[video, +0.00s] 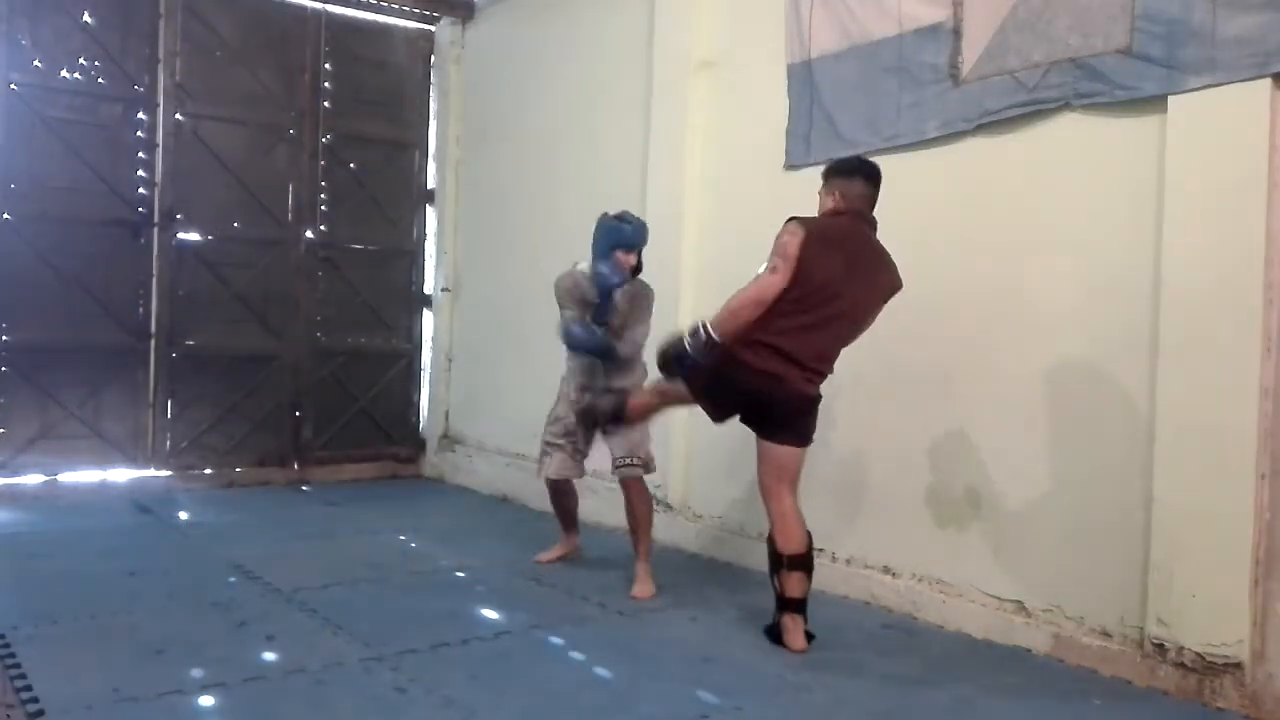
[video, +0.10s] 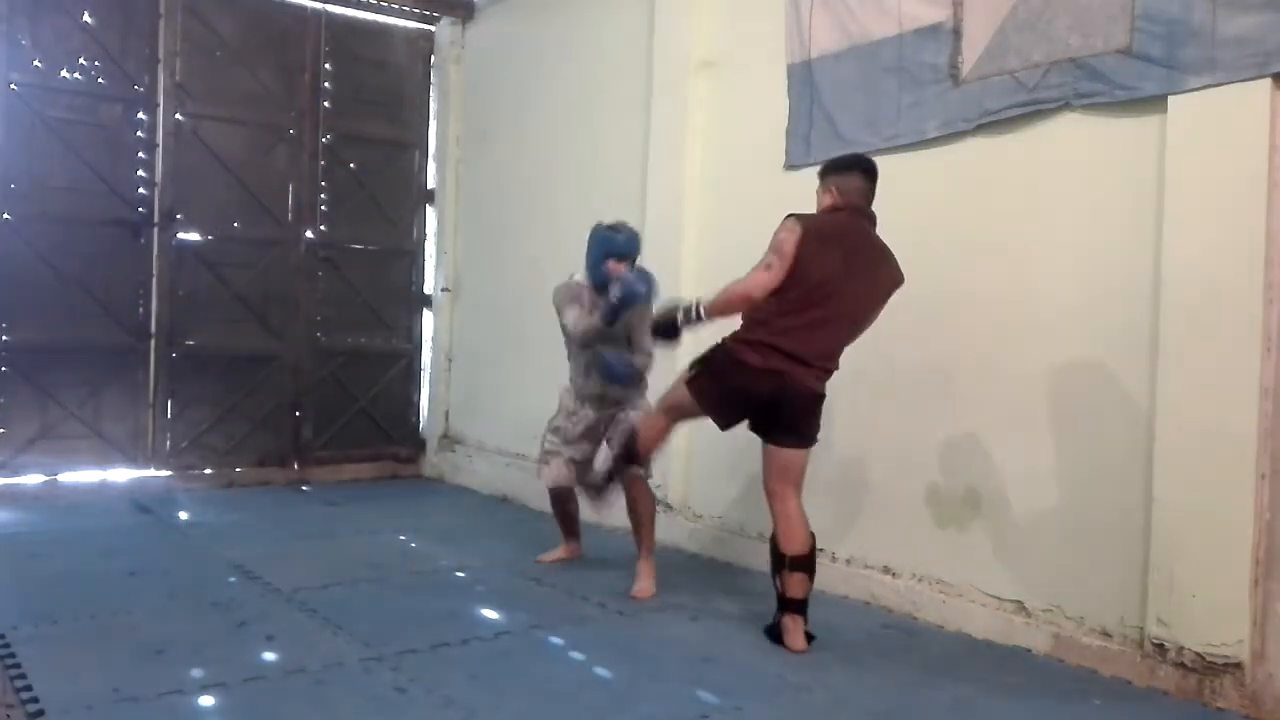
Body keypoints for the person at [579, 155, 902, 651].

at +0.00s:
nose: (820, 202)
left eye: (823, 194)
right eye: (824, 194)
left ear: (834, 198)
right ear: (872, 204)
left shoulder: (802, 232)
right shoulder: (887, 275)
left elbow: (767, 289)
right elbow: (843, 334)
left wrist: (704, 338)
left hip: (738, 366)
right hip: (795, 396)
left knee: (665, 392)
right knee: (782, 497)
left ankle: (610, 413)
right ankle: (794, 625)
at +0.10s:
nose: (818, 200)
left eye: (820, 192)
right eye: (820, 193)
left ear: (831, 194)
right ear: (870, 200)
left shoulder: (801, 228)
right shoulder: (889, 270)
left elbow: (756, 288)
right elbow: (846, 330)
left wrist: (687, 315)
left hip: (743, 367)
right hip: (802, 393)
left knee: (668, 412)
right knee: (786, 495)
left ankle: (613, 473)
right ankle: (793, 623)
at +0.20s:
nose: (803, 196)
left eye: (804, 188)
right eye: (804, 189)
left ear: (816, 189)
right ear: (855, 192)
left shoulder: (788, 226)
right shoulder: (882, 257)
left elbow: (728, 292)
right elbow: (840, 310)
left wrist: (704, 260)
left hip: (750, 378)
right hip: (812, 394)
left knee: (688, 446)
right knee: (795, 497)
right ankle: (796, 627)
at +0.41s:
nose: (761, 211)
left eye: (760, 204)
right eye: (763, 204)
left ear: (769, 198)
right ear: (810, 192)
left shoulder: (762, 230)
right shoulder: (852, 237)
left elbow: (737, 300)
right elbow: (817, 291)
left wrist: (741, 249)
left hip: (755, 388)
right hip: (820, 395)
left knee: (717, 494)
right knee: (800, 505)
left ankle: (743, 616)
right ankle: (801, 630)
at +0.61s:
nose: (717, 210)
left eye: (716, 202)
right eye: (718, 201)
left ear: (722, 199)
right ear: (764, 190)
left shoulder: (711, 233)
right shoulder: (811, 228)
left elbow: (712, 299)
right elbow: (792, 289)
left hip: (738, 391)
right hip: (799, 392)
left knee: (748, 527)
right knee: (785, 511)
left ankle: (783, 674)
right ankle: (795, 636)